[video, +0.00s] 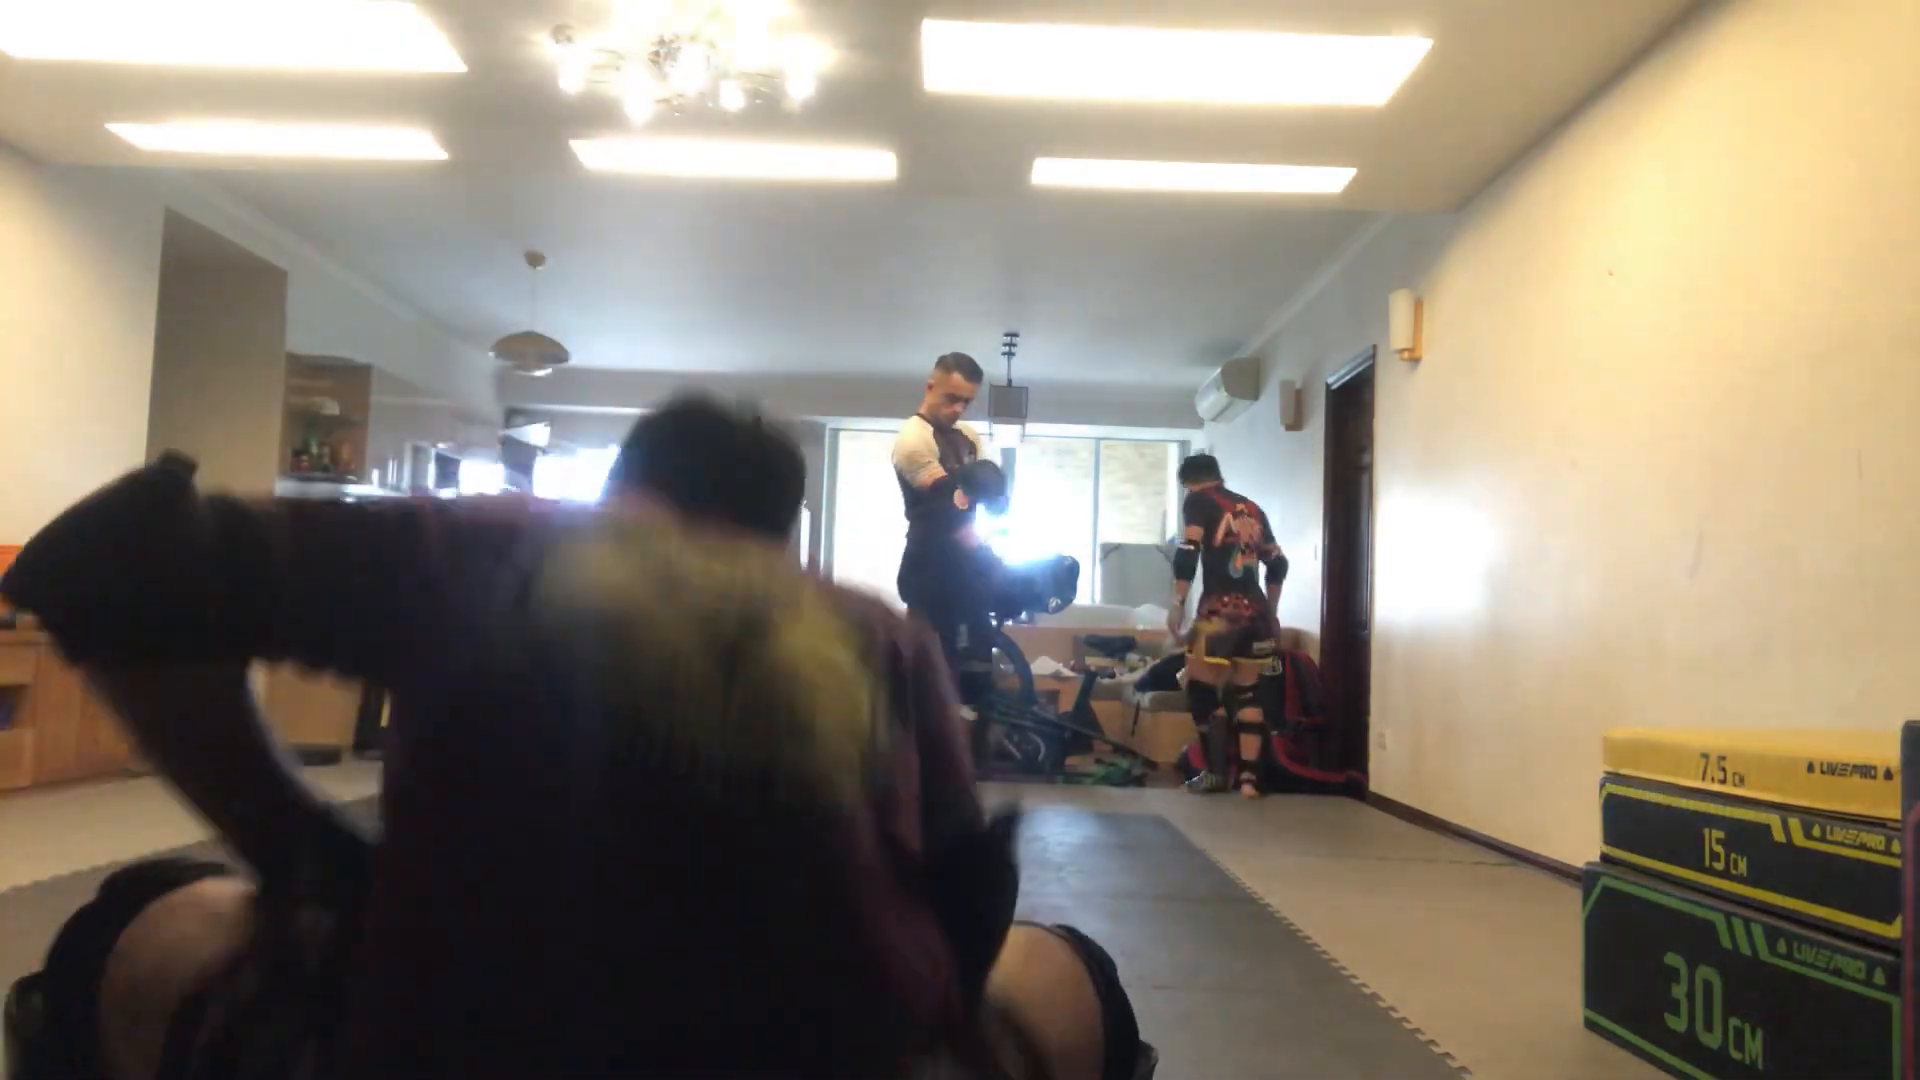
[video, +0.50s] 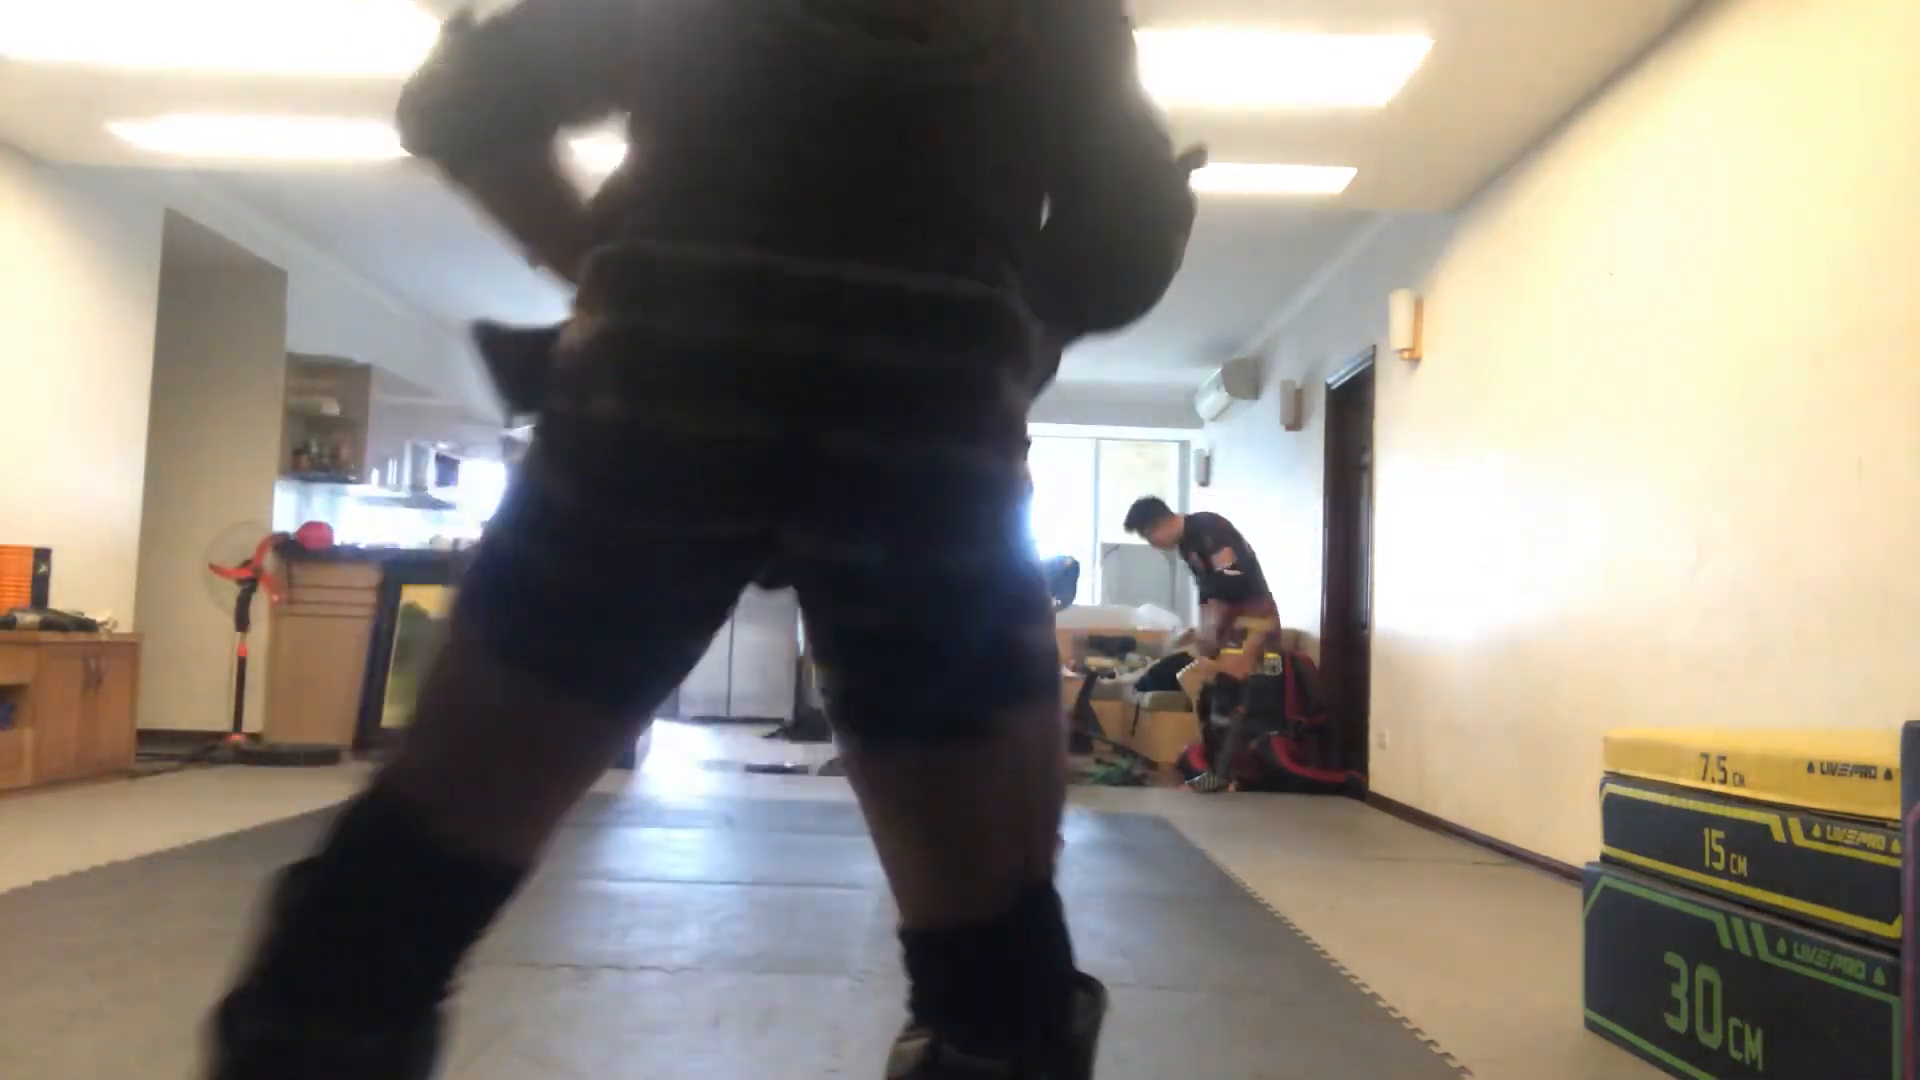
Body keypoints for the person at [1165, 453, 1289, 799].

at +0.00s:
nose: (1187, 492)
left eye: (1186, 487)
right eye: (1186, 487)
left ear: (1193, 483)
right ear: (1217, 478)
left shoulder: (1198, 499)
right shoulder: (1249, 506)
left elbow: (1188, 556)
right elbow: (1277, 563)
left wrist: (1177, 606)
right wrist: (1270, 612)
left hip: (1219, 610)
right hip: (1258, 612)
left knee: (1200, 684)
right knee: (1248, 691)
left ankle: (1215, 770)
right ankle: (1249, 776)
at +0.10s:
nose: (1178, 499)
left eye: (1176, 493)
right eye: (1175, 493)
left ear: (1183, 486)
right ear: (1205, 481)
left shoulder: (1196, 503)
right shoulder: (1239, 508)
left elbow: (1192, 557)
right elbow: (1267, 564)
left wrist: (1178, 608)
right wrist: (1257, 608)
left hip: (1221, 611)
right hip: (1254, 611)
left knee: (1206, 690)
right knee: (1240, 690)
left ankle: (1217, 773)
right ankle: (1249, 764)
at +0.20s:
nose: (1166, 509)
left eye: (1163, 501)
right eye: (1162, 503)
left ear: (1172, 492)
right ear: (1189, 485)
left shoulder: (1198, 508)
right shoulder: (1225, 505)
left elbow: (1198, 562)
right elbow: (1253, 564)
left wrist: (1179, 613)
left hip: (1225, 611)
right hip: (1251, 610)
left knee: (1208, 690)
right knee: (1233, 686)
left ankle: (1217, 772)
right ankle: (1248, 750)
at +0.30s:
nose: (1160, 518)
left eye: (1157, 510)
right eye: (1155, 513)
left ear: (1168, 498)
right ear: (1175, 493)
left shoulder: (1199, 510)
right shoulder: (1212, 508)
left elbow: (1206, 565)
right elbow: (1228, 568)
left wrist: (1186, 617)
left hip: (1234, 617)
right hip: (1248, 615)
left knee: (1213, 686)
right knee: (1238, 688)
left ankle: (1219, 769)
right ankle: (1242, 762)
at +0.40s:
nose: (1153, 528)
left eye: (1150, 520)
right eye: (1148, 523)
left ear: (1163, 507)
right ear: (1167, 504)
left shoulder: (1200, 517)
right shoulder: (1199, 517)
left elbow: (1218, 570)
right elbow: (1217, 575)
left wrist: (1198, 614)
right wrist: (1201, 618)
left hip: (1244, 621)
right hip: (1238, 620)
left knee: (1213, 689)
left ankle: (1220, 771)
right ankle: (1226, 769)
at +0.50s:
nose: (1153, 544)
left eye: (1150, 537)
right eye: (1147, 539)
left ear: (1160, 524)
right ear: (1163, 522)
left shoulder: (1208, 529)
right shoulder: (1185, 544)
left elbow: (1232, 588)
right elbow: (1207, 592)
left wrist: (1212, 633)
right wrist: (1205, 633)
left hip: (1256, 623)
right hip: (1230, 625)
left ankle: (1225, 768)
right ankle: (1218, 764)